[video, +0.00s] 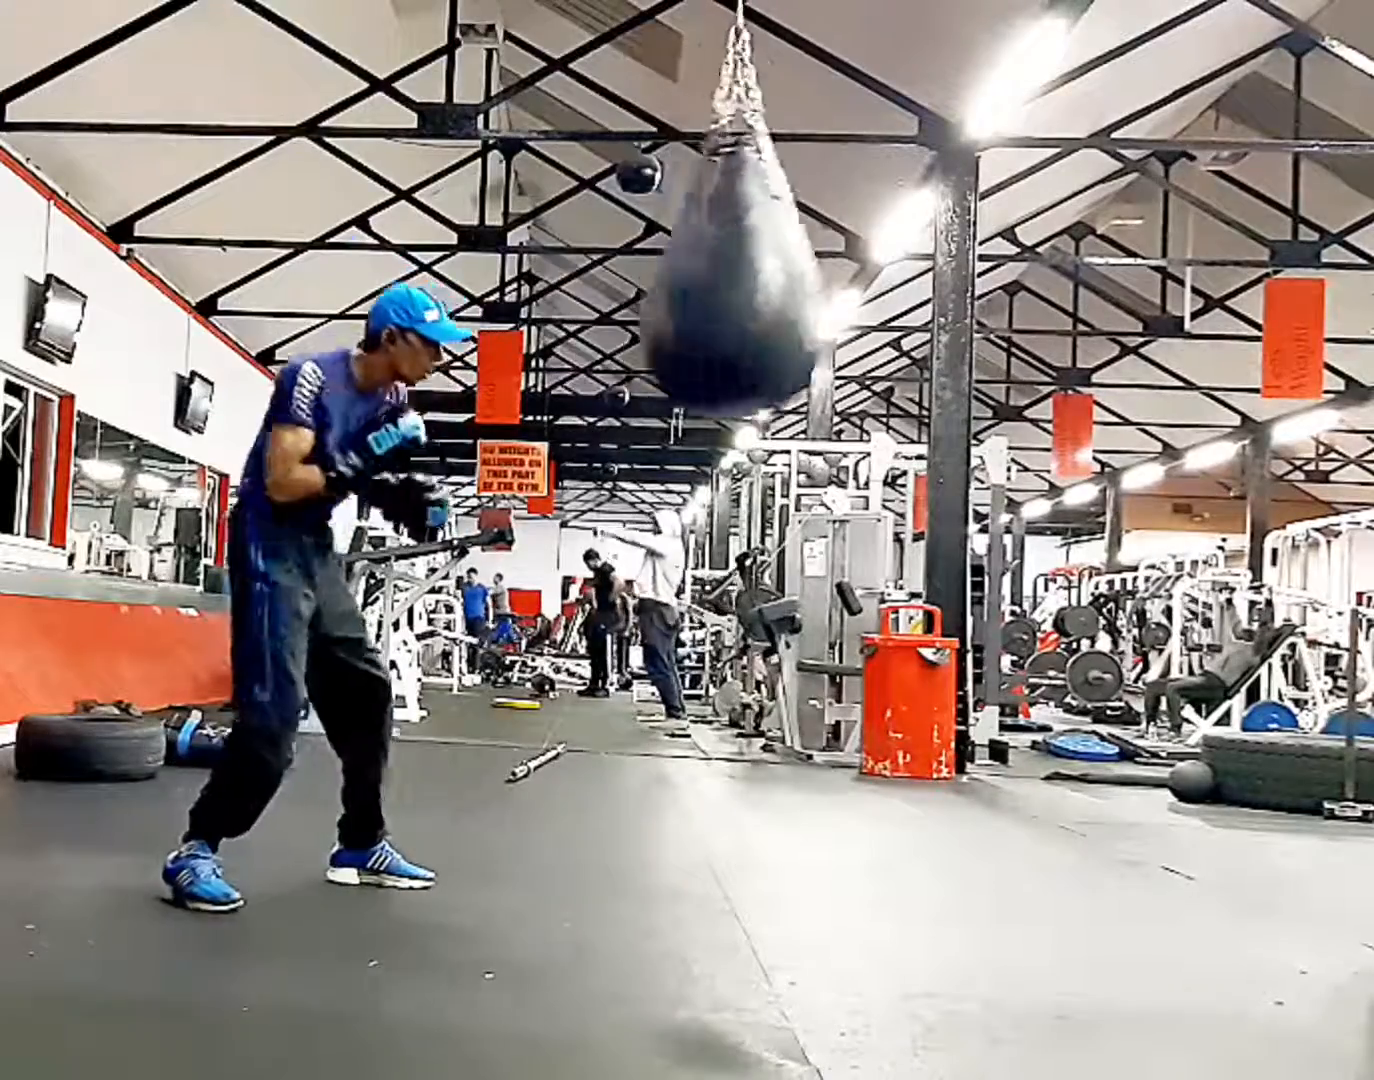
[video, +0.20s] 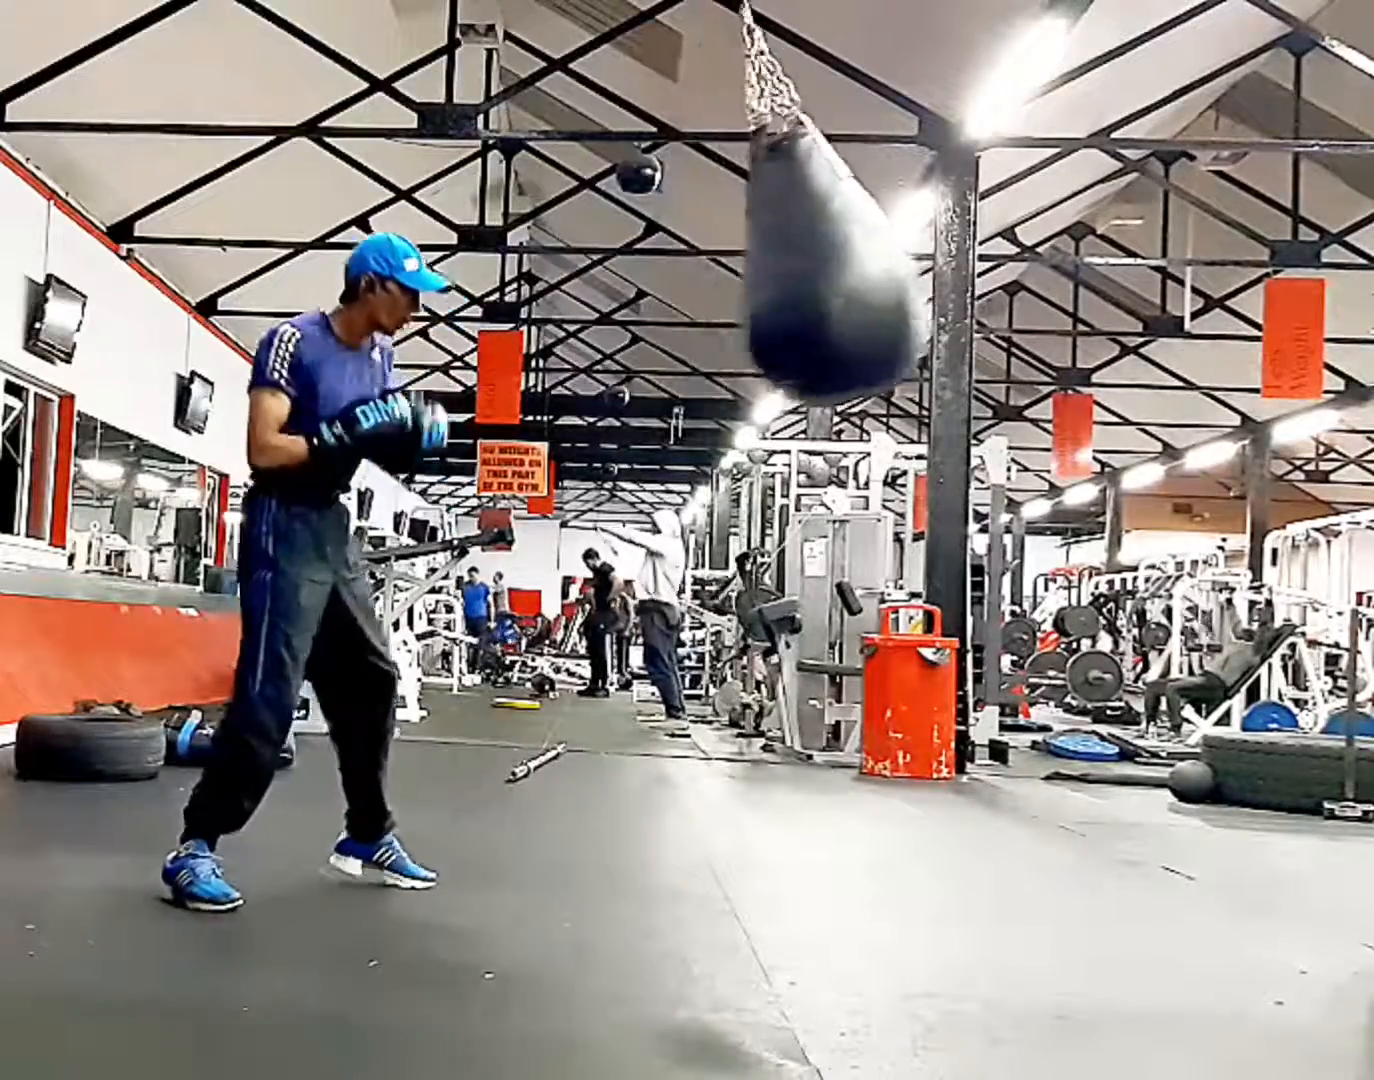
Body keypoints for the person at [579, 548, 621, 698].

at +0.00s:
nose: (590, 566)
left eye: (591, 562)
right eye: (588, 563)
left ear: (597, 559)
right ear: (588, 563)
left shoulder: (608, 575)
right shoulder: (598, 576)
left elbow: (608, 602)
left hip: (606, 621)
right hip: (597, 620)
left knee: (603, 654)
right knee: (595, 654)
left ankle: (604, 685)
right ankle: (594, 683)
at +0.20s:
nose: (588, 565)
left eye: (589, 561)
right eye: (586, 562)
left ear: (595, 558)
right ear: (587, 562)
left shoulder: (606, 570)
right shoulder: (597, 575)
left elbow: (617, 582)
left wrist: (609, 598)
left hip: (606, 616)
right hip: (596, 616)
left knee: (601, 652)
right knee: (594, 652)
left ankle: (603, 685)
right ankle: (594, 683)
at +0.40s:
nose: (587, 563)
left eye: (588, 559)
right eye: (585, 560)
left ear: (593, 558)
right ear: (588, 560)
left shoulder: (602, 574)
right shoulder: (597, 576)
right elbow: (596, 601)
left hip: (601, 617)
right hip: (594, 617)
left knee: (600, 653)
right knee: (594, 653)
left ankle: (602, 685)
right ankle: (594, 684)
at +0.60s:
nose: (585, 564)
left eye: (587, 559)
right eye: (583, 561)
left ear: (593, 557)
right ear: (582, 562)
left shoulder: (603, 571)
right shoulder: (593, 576)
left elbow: (604, 594)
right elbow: (593, 596)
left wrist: (588, 601)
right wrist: (583, 600)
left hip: (602, 614)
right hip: (592, 615)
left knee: (601, 651)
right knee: (593, 651)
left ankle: (603, 685)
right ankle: (593, 683)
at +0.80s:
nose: (580, 564)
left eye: (581, 560)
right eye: (578, 561)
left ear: (588, 557)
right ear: (580, 562)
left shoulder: (600, 570)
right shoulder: (589, 576)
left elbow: (608, 584)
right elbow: (589, 595)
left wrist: (594, 598)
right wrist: (583, 599)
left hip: (600, 616)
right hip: (591, 617)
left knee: (600, 651)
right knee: (591, 652)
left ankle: (603, 685)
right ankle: (594, 683)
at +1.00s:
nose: (577, 566)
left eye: (577, 562)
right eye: (575, 563)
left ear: (584, 558)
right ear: (579, 561)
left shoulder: (597, 571)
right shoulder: (588, 576)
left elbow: (603, 587)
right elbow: (589, 598)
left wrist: (588, 598)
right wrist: (581, 600)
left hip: (599, 617)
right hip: (590, 617)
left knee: (596, 652)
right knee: (590, 652)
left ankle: (600, 686)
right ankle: (594, 684)